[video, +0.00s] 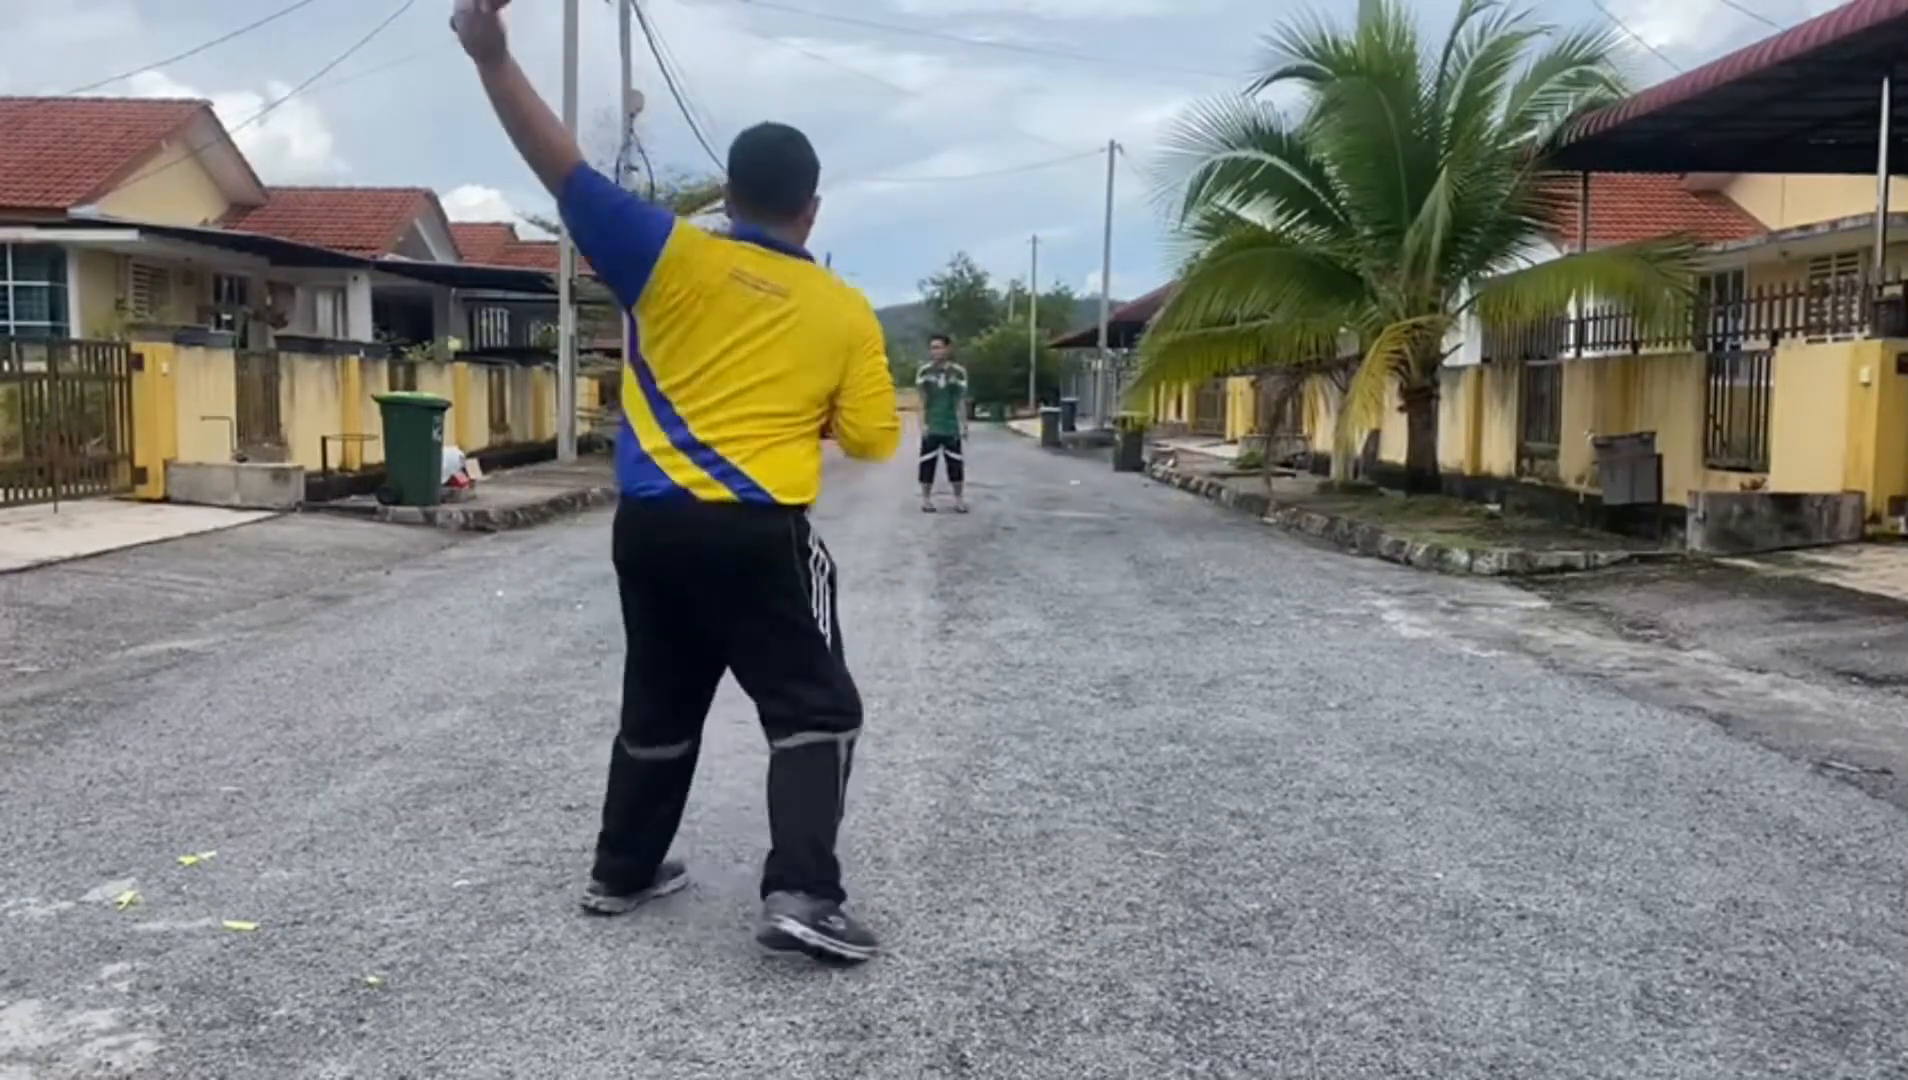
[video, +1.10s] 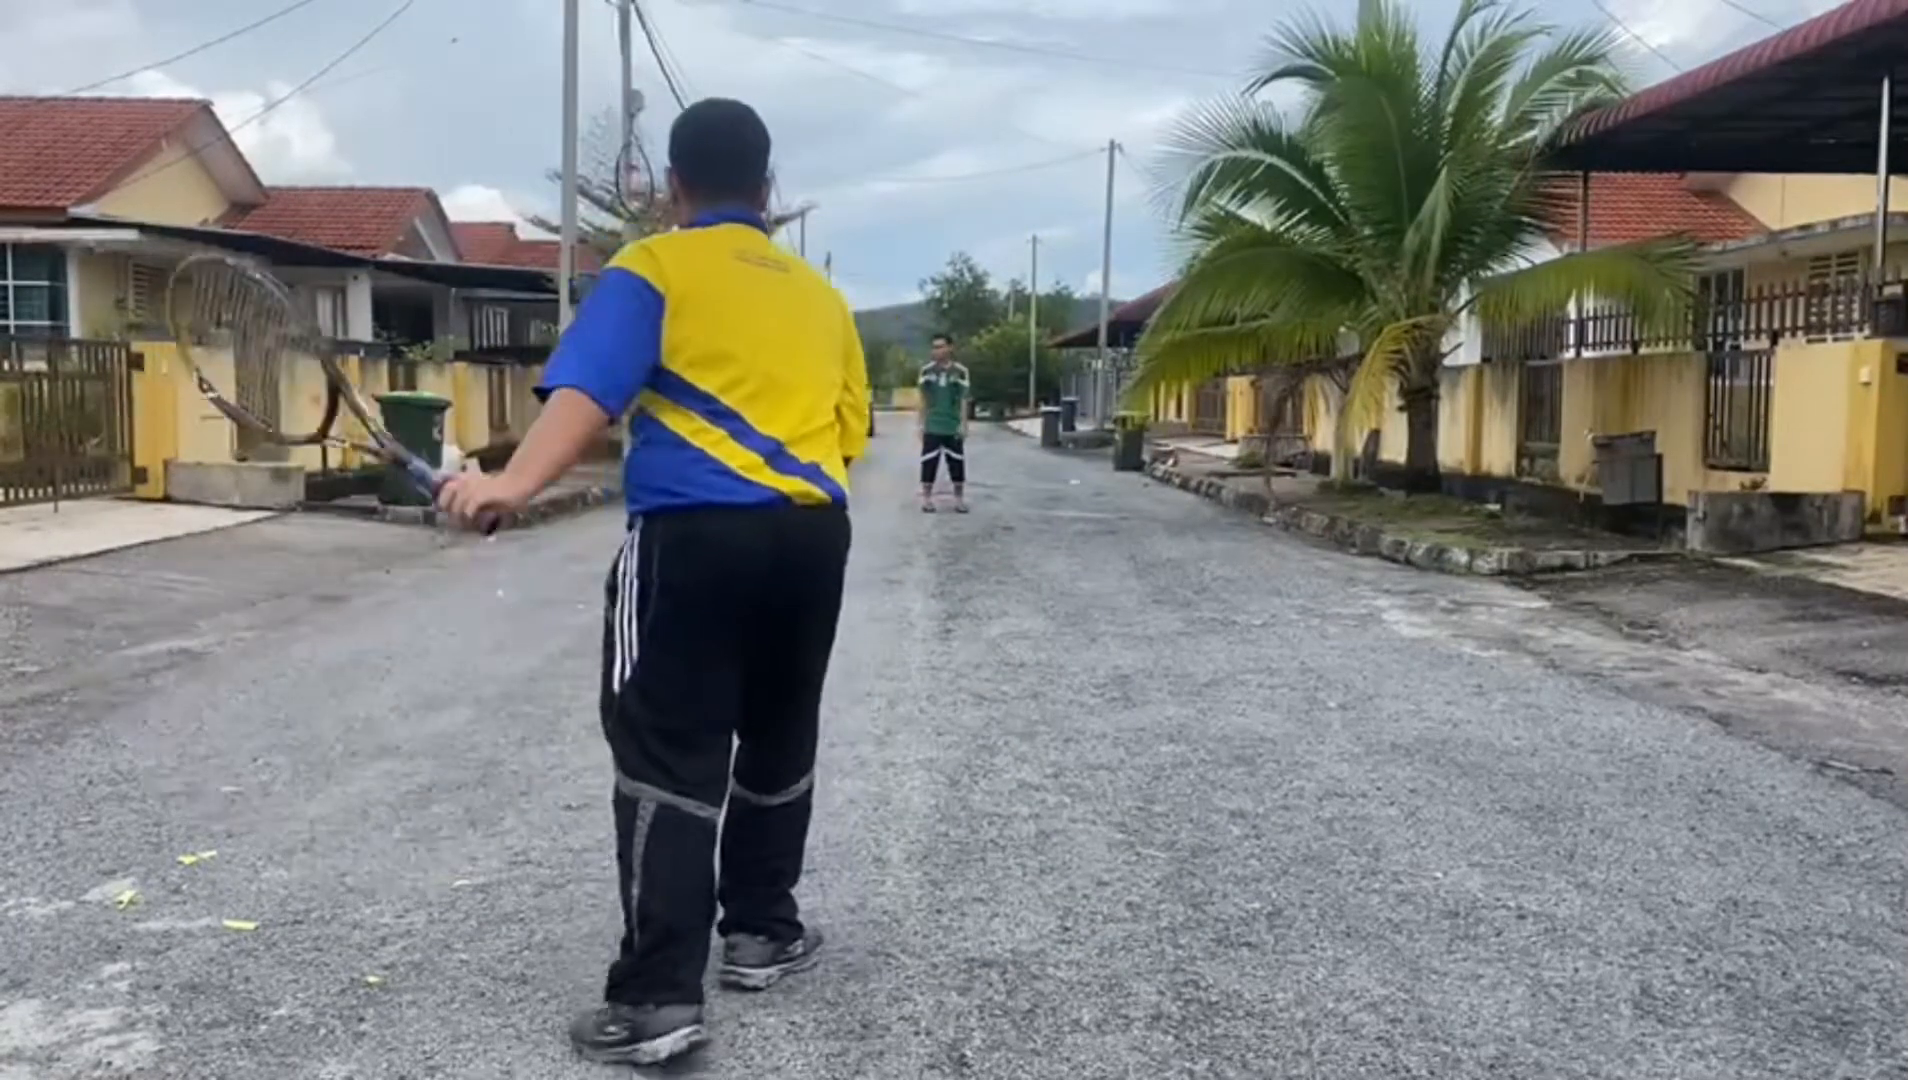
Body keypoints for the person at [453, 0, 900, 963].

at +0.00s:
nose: (807, 205)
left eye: (776, 188)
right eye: (810, 194)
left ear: (726, 194)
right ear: (810, 207)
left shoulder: (669, 250)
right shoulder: (844, 310)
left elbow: (565, 171)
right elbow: (872, 437)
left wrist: (493, 58)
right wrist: (811, 405)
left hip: (649, 525)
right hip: (755, 535)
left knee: (659, 703)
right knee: (813, 709)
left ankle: (623, 870)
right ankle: (800, 892)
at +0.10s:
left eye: (739, 193)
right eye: (828, 203)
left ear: (737, 197)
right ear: (824, 211)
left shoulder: (691, 260)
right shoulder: (863, 311)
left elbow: (571, 203)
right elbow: (891, 432)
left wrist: (468, 119)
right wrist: (807, 405)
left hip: (678, 533)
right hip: (794, 540)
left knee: (660, 704)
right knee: (800, 726)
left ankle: (625, 867)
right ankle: (801, 924)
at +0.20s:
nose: (742, 209)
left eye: (743, 197)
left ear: (750, 195)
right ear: (832, 202)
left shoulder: (731, 250)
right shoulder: (867, 307)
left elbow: (608, 244)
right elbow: (899, 431)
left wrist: (488, 233)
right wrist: (812, 409)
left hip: (701, 527)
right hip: (818, 538)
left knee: (657, 712)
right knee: (811, 734)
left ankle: (603, 882)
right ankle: (799, 927)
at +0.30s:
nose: (741, 200)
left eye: (741, 189)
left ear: (746, 188)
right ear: (832, 192)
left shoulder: (729, 252)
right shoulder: (869, 303)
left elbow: (642, 315)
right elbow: (892, 431)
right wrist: (806, 395)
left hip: (709, 530)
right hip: (828, 543)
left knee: (647, 716)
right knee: (814, 733)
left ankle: (597, 908)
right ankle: (801, 927)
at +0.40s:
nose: (725, 194)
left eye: (726, 182)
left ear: (734, 182)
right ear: (821, 188)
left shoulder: (723, 253)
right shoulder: (861, 295)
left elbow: (681, 365)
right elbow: (882, 427)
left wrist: (624, 463)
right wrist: (782, 417)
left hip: (704, 536)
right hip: (826, 546)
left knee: (644, 731)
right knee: (812, 743)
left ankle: (620, 922)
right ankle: (800, 929)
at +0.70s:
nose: (639, 189)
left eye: (638, 175)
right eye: (648, 176)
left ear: (650, 177)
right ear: (734, 178)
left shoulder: (667, 251)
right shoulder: (764, 269)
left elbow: (635, 374)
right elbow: (754, 403)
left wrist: (530, 470)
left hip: (692, 540)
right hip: (800, 535)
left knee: (656, 766)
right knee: (793, 735)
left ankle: (657, 1012)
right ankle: (805, 923)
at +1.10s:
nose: (666, 193)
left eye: (667, 181)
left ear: (675, 185)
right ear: (768, 190)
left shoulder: (656, 266)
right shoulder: (820, 293)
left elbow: (593, 388)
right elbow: (853, 429)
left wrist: (509, 485)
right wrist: (782, 478)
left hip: (692, 538)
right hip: (813, 537)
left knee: (669, 758)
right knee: (778, 739)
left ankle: (661, 999)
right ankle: (761, 930)